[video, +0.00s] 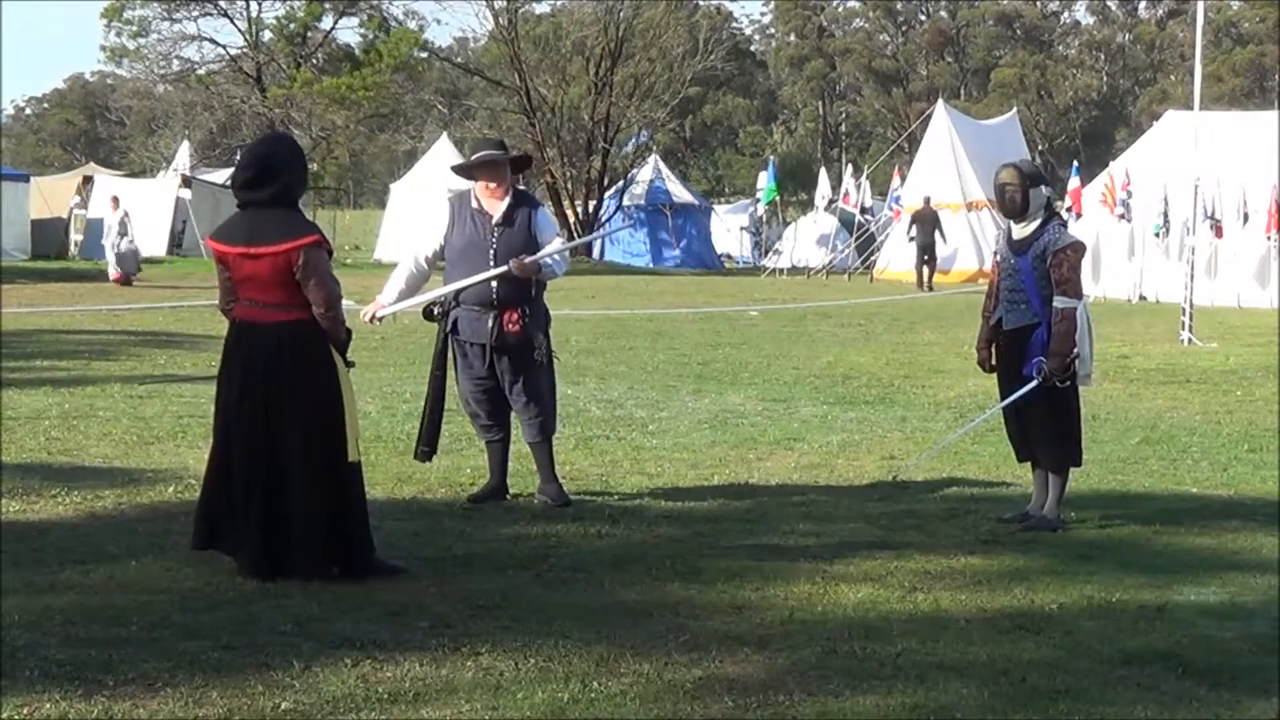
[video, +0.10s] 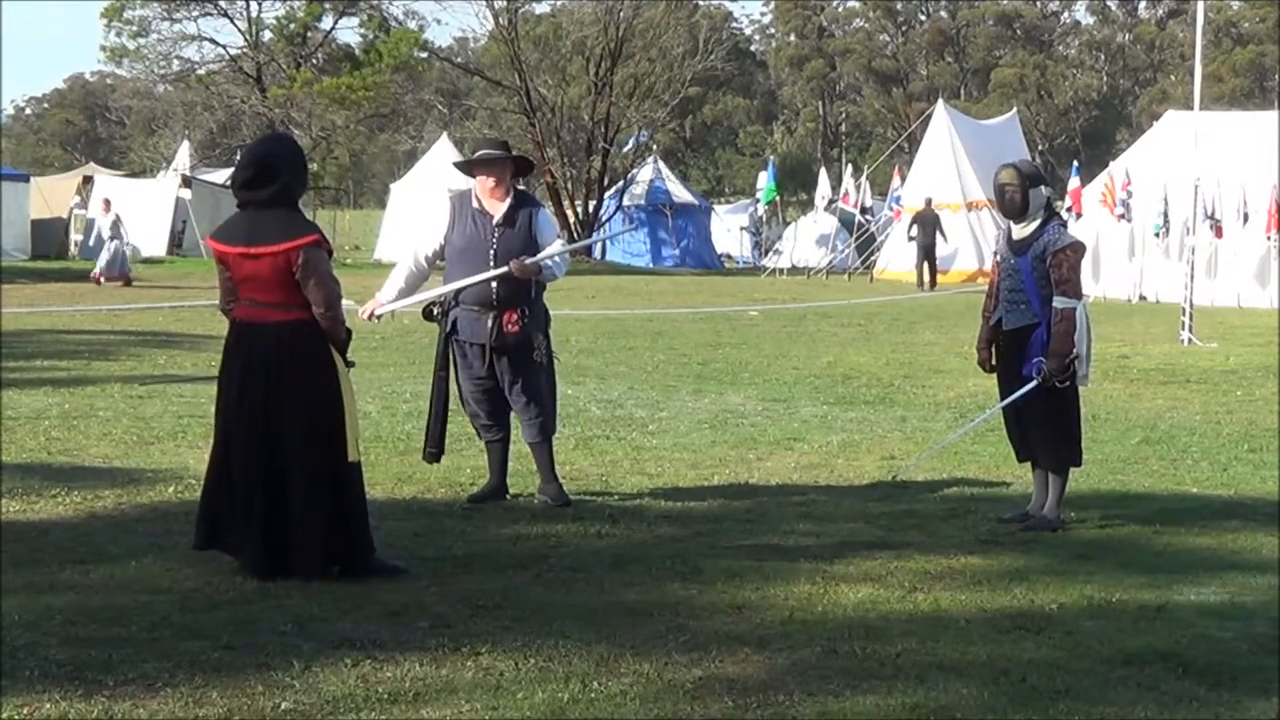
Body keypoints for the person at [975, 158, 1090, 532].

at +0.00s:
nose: (1004, 197)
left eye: (1012, 190)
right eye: (1001, 190)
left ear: (1036, 194)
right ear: (998, 194)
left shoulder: (1057, 238)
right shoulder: (1007, 236)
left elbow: (1067, 302)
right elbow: (996, 291)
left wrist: (1059, 356)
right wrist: (986, 337)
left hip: (1045, 339)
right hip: (1012, 340)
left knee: (1052, 418)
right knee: (1025, 417)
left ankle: (1053, 508)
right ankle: (1038, 501)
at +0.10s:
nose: (1003, 198)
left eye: (1011, 190)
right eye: (1000, 191)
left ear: (1035, 194)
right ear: (997, 195)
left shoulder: (1057, 238)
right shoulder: (1007, 236)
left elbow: (1067, 301)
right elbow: (996, 290)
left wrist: (1059, 354)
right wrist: (986, 337)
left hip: (1045, 339)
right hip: (1012, 340)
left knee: (1051, 418)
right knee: (1026, 417)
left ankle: (1053, 508)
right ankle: (1038, 501)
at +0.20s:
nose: (1004, 198)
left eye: (1012, 191)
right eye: (1000, 191)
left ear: (1035, 194)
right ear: (997, 196)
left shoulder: (1057, 238)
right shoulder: (1007, 235)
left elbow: (1066, 302)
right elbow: (996, 290)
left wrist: (1059, 355)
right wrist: (986, 336)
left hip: (1045, 339)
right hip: (1012, 340)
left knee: (1051, 419)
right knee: (1026, 418)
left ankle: (1053, 508)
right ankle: (1038, 502)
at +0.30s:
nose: (1004, 198)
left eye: (1012, 191)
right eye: (1000, 191)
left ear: (1035, 194)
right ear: (997, 196)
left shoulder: (1057, 238)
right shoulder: (1007, 235)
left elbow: (1066, 302)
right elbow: (996, 290)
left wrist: (1058, 355)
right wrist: (986, 336)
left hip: (1044, 339)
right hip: (1011, 340)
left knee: (1051, 418)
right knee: (1026, 417)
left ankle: (1053, 508)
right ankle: (1038, 502)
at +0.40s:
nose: (1004, 198)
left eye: (1012, 191)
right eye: (1000, 191)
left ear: (1035, 194)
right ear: (998, 196)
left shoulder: (1057, 238)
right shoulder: (1007, 236)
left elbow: (1065, 302)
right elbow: (996, 290)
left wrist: (1058, 355)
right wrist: (986, 336)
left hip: (1044, 339)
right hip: (1011, 340)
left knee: (1051, 419)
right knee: (1026, 418)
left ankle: (1053, 508)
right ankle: (1038, 502)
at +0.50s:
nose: (1004, 198)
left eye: (1012, 191)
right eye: (1000, 191)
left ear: (1035, 194)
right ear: (997, 196)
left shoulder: (1056, 238)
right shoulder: (1008, 236)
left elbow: (1065, 302)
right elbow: (996, 290)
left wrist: (1058, 354)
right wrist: (986, 336)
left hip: (1044, 339)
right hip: (1011, 339)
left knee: (1051, 419)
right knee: (1025, 418)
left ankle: (1053, 508)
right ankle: (1038, 502)